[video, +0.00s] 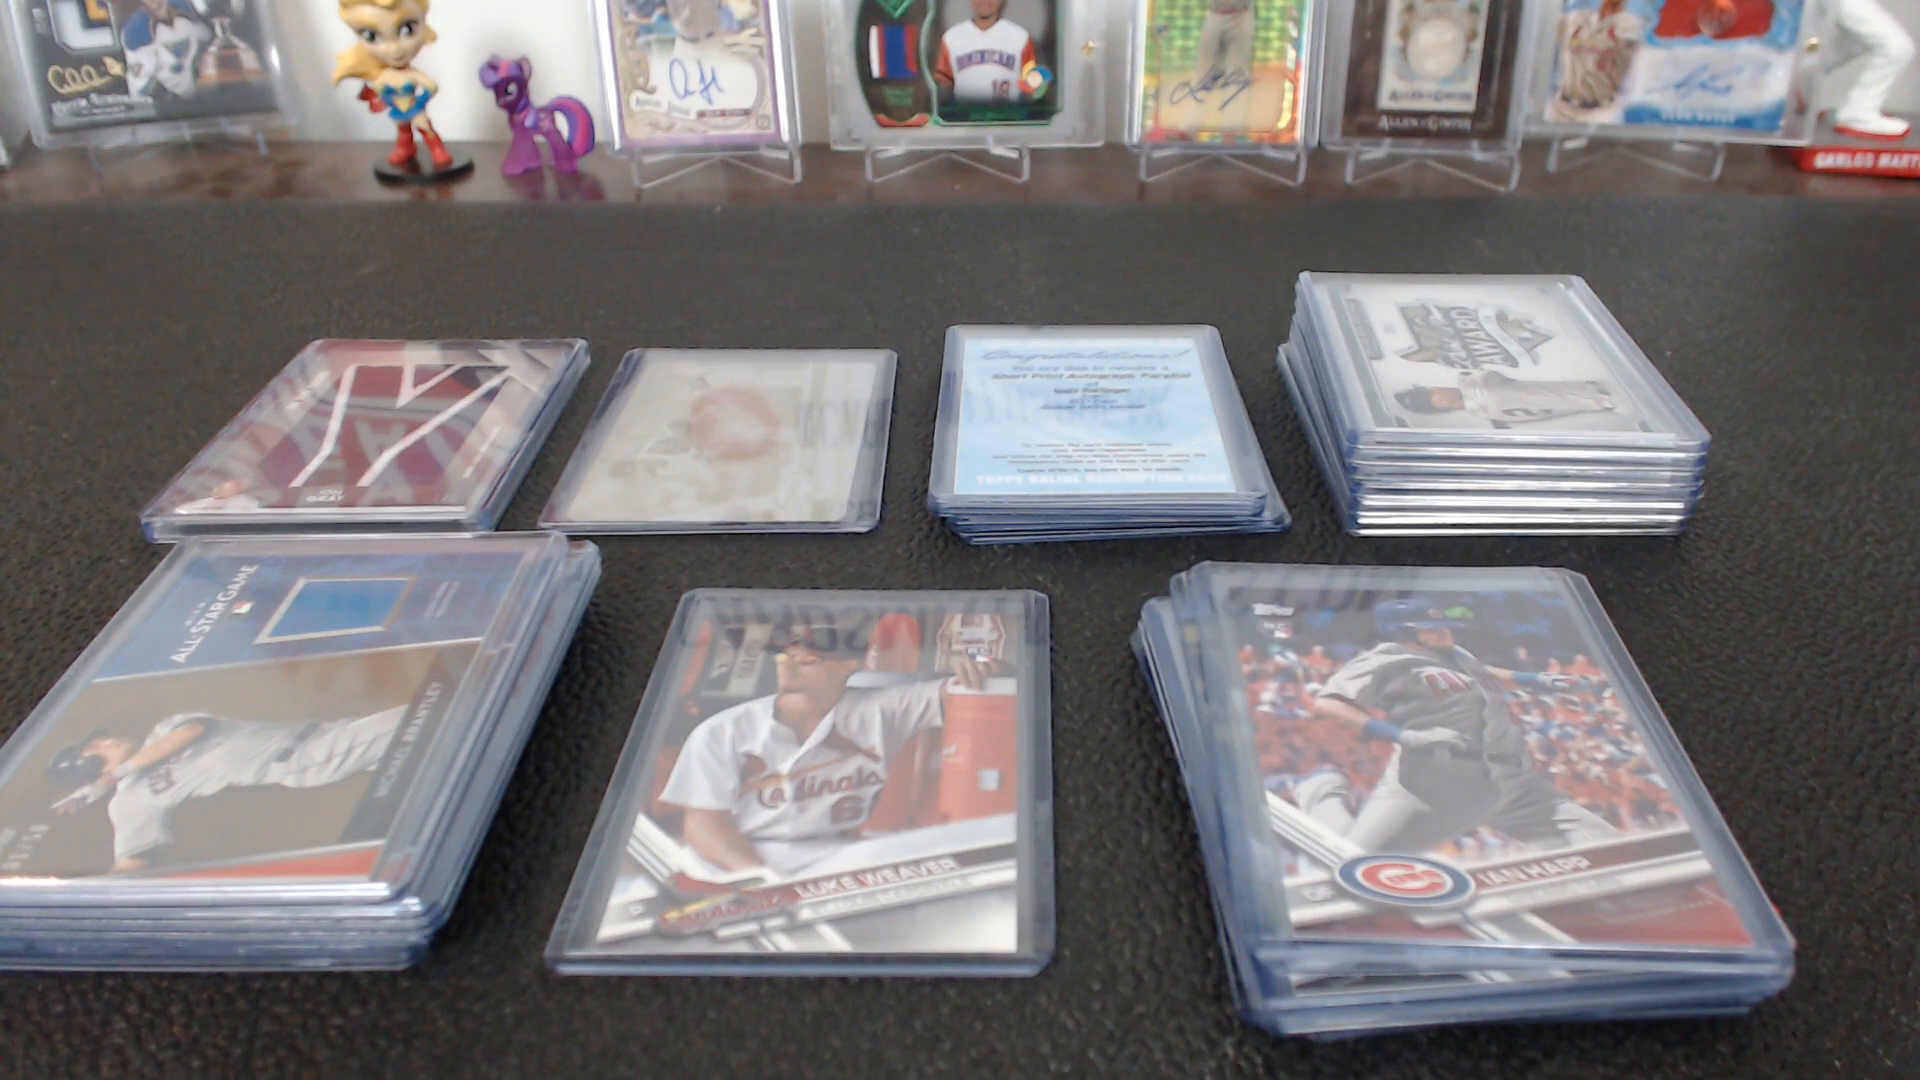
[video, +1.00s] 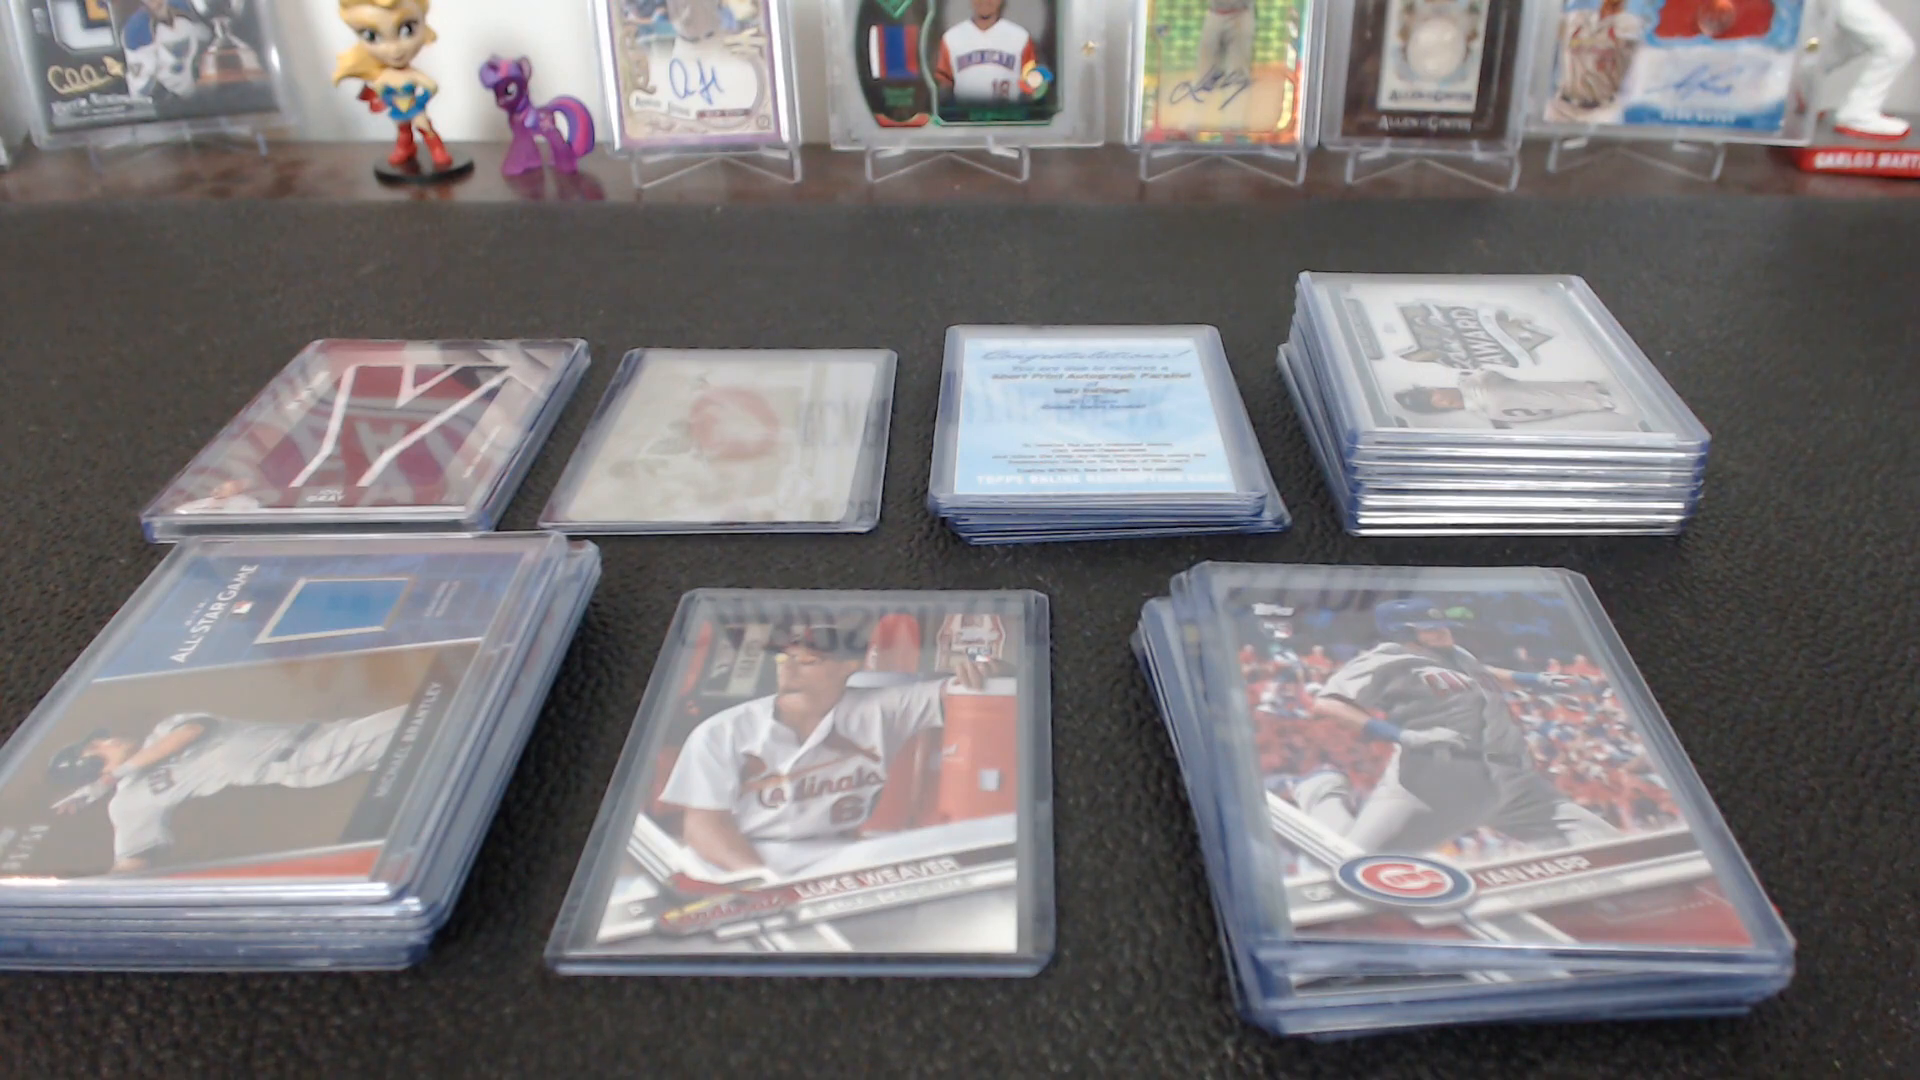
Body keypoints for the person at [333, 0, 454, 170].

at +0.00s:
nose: (394, 50)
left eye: (407, 30)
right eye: (372, 36)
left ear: (424, 29)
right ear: (359, 38)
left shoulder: (414, 75)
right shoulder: (379, 75)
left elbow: (426, 86)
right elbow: (370, 88)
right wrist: (374, 100)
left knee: (421, 122)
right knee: (401, 123)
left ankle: (437, 149)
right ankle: (405, 148)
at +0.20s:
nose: (394, 50)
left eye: (407, 30)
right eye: (372, 36)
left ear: (424, 28)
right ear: (359, 38)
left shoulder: (414, 75)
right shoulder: (379, 75)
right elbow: (370, 88)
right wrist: (375, 100)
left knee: (421, 121)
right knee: (401, 123)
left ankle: (437, 149)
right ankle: (405, 148)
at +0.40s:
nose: (394, 50)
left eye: (407, 30)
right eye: (372, 36)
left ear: (424, 29)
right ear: (359, 38)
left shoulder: (414, 75)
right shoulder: (379, 75)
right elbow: (370, 88)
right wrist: (375, 100)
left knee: (421, 121)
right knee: (401, 123)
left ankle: (437, 149)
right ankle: (405, 148)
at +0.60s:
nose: (394, 50)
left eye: (407, 30)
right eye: (372, 36)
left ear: (424, 29)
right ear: (359, 38)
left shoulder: (414, 75)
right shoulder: (379, 75)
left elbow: (427, 86)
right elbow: (369, 89)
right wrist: (375, 100)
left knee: (422, 123)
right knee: (401, 124)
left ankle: (437, 149)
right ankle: (405, 148)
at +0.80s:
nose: (394, 50)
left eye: (407, 30)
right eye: (372, 36)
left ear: (424, 29)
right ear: (359, 38)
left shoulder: (414, 75)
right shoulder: (379, 75)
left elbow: (427, 86)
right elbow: (370, 88)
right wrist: (375, 100)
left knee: (422, 122)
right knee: (401, 124)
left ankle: (437, 149)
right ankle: (405, 148)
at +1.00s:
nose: (394, 50)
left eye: (407, 30)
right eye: (372, 36)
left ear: (424, 29)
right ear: (359, 38)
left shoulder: (414, 75)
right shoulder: (379, 75)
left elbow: (426, 86)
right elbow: (370, 87)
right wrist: (374, 100)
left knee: (422, 122)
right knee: (401, 124)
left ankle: (437, 149)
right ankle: (405, 148)